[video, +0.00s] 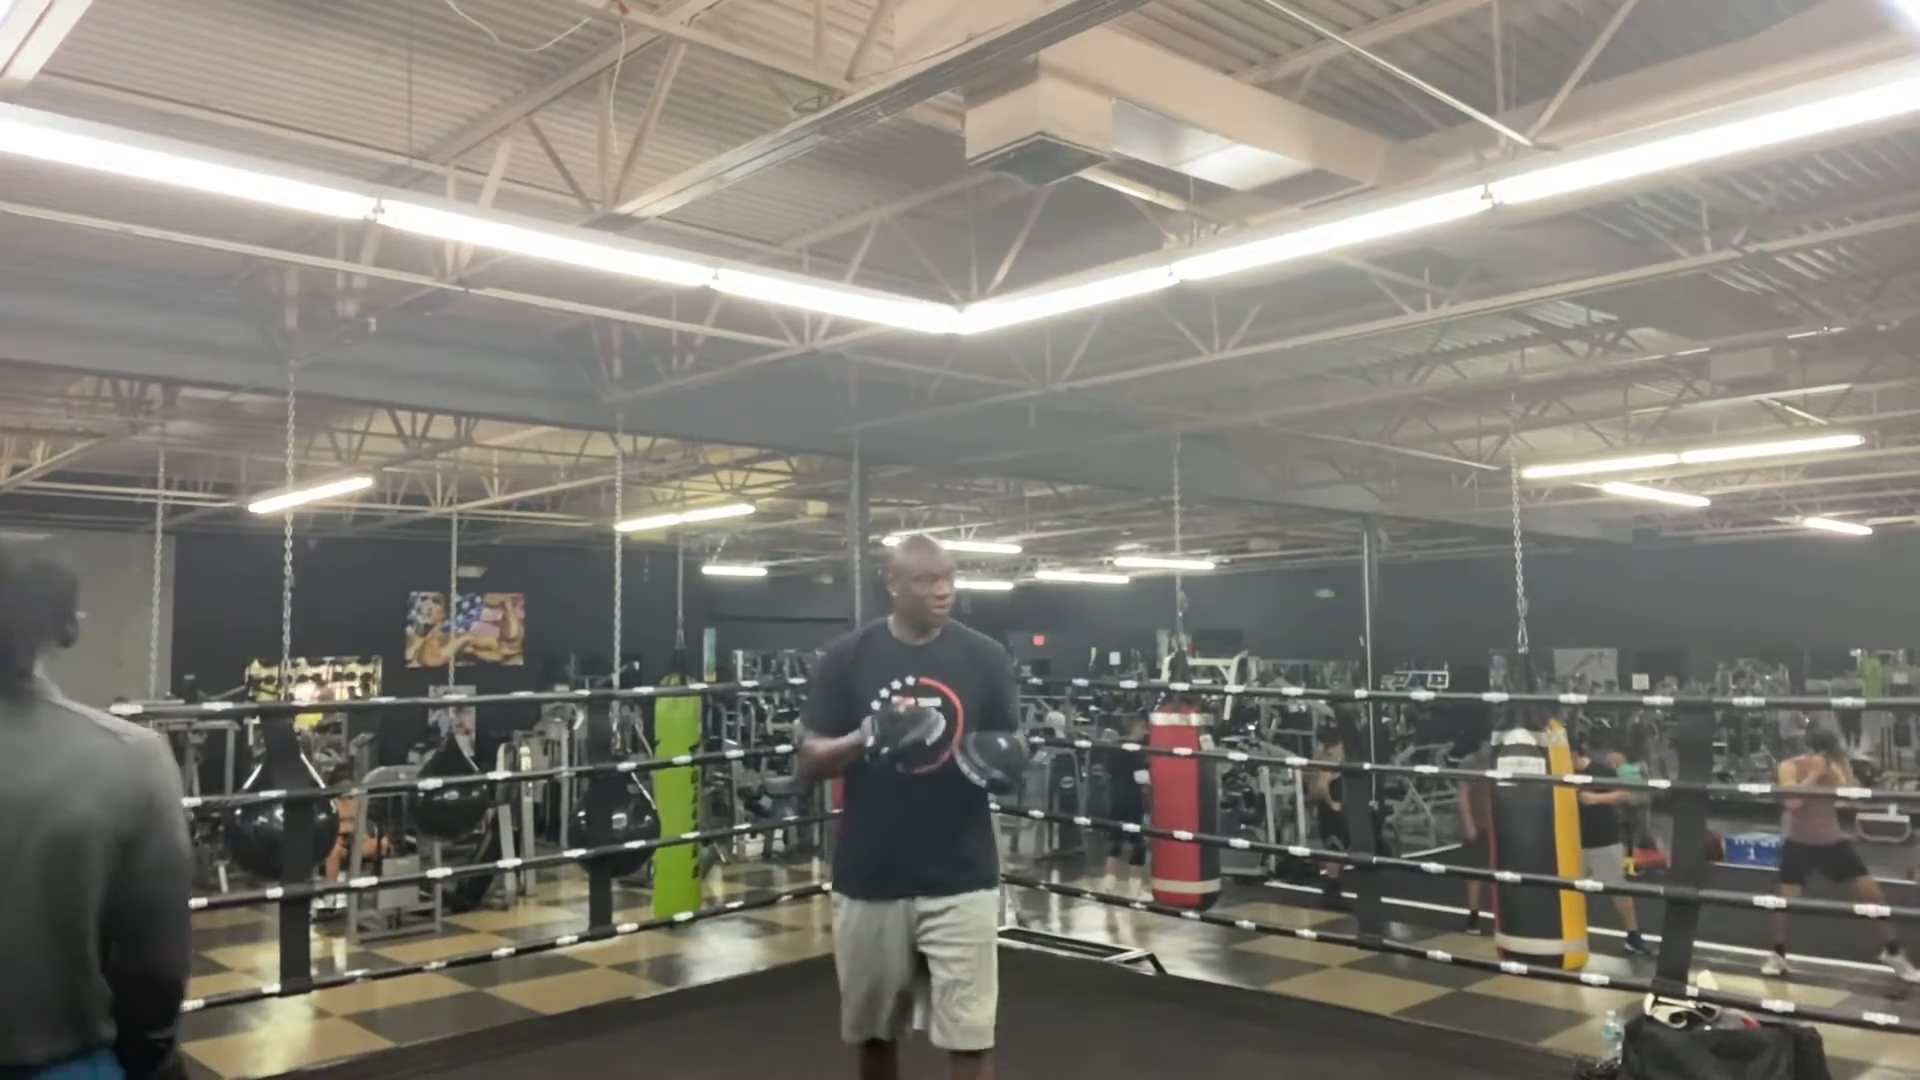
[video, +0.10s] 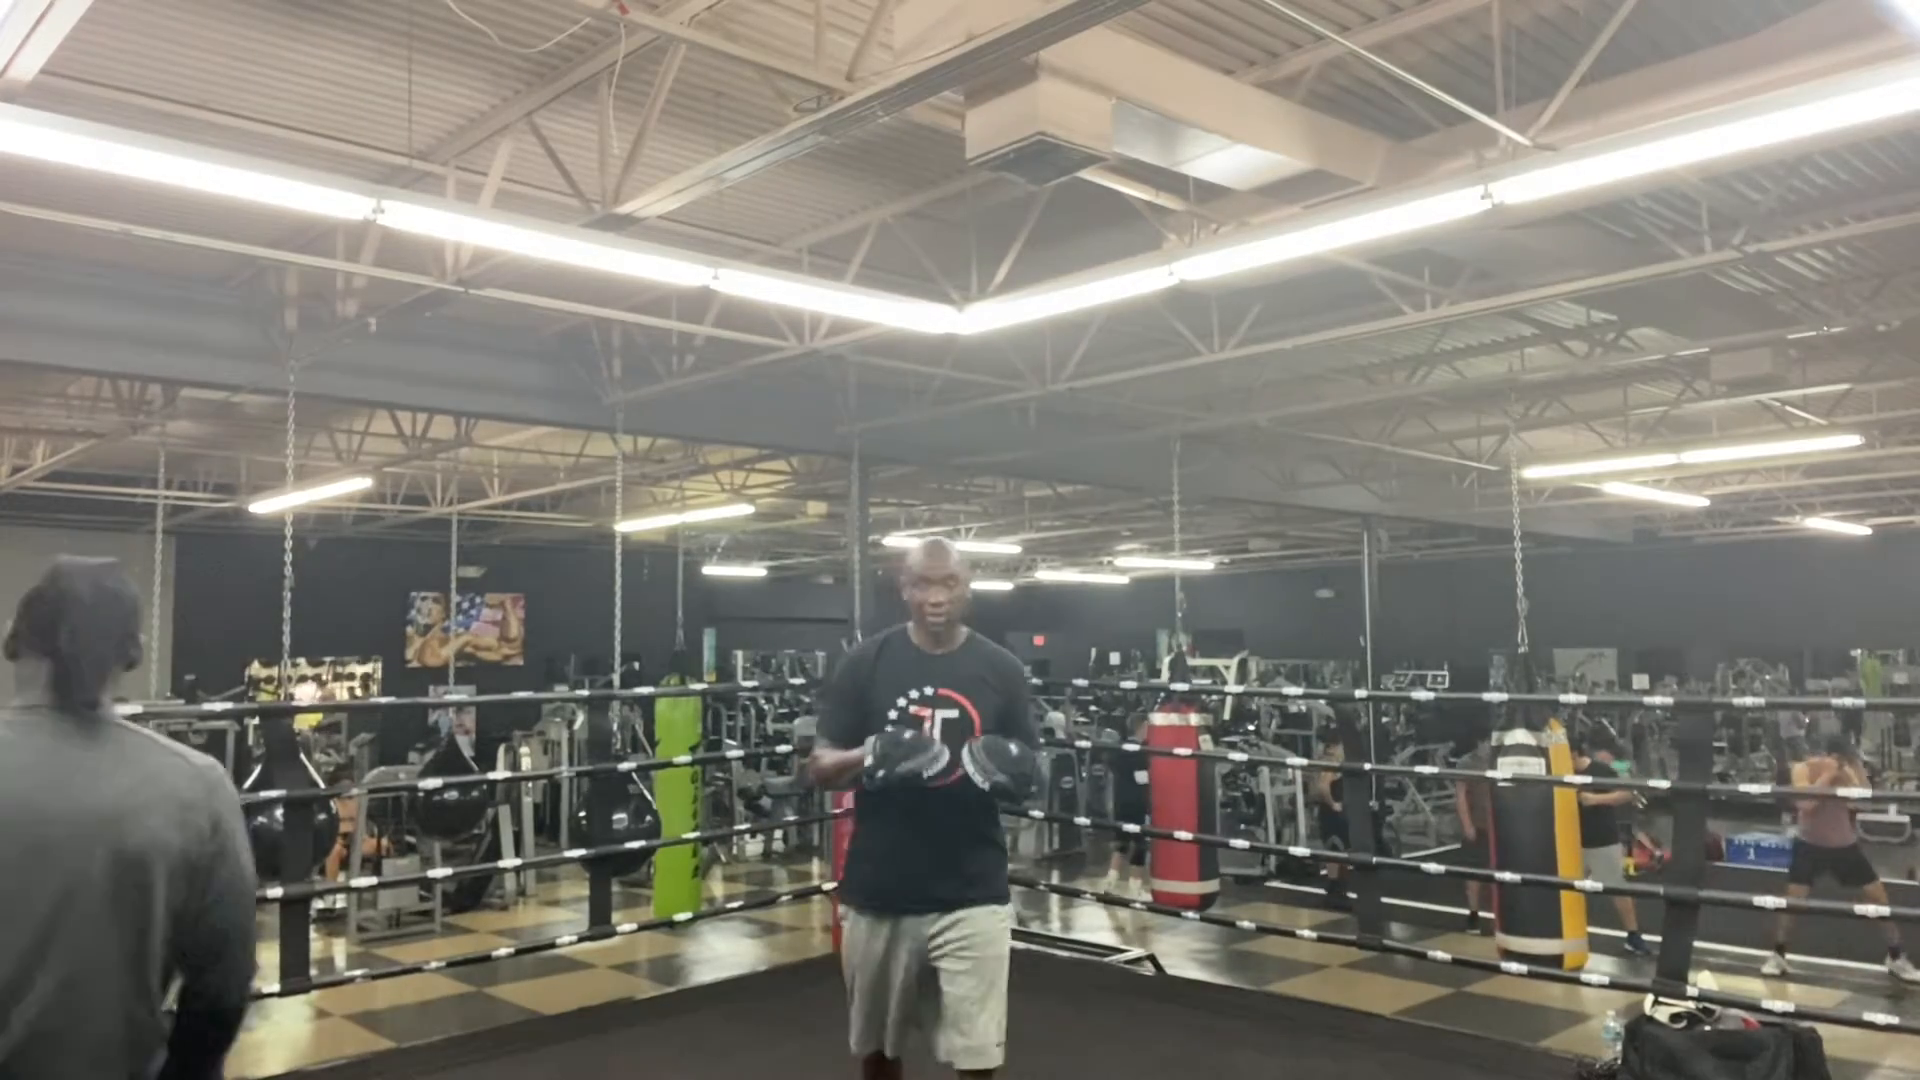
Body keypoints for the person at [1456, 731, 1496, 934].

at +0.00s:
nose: (1492, 750)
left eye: (1493, 746)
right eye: (1489, 746)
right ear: (1482, 746)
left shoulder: (1495, 766)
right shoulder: (1471, 764)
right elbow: (1464, 795)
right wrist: (1470, 825)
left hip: (1495, 827)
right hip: (1479, 828)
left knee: (1493, 872)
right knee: (1475, 871)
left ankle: (1493, 911)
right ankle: (1473, 912)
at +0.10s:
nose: (1490, 748)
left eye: (1492, 744)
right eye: (1487, 743)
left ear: (1494, 746)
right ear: (1478, 743)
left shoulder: (1496, 764)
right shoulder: (1467, 764)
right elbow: (1461, 796)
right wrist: (1468, 825)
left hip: (1496, 826)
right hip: (1477, 827)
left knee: (1495, 872)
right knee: (1474, 871)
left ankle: (1497, 912)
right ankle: (1473, 913)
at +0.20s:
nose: (1487, 748)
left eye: (1489, 743)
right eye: (1483, 743)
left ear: (1492, 745)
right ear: (1475, 744)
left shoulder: (1497, 764)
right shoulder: (1467, 765)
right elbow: (1461, 796)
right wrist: (1467, 828)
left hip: (1497, 827)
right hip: (1478, 828)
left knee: (1495, 872)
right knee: (1474, 872)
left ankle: (1497, 912)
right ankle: (1473, 913)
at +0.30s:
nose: (1488, 748)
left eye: (1489, 743)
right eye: (1484, 743)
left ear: (1490, 745)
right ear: (1475, 744)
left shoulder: (1494, 764)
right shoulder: (1467, 764)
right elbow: (1461, 796)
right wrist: (1467, 826)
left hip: (1494, 825)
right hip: (1476, 826)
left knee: (1493, 871)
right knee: (1474, 871)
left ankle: (1496, 912)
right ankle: (1474, 913)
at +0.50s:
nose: (1487, 747)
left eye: (1488, 742)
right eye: (1483, 743)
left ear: (1491, 744)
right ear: (1474, 744)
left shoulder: (1495, 764)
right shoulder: (1468, 765)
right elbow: (1461, 795)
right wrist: (1468, 825)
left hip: (1495, 823)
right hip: (1478, 824)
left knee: (1493, 870)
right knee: (1474, 869)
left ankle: (1494, 911)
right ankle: (1473, 912)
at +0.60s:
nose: (1487, 747)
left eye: (1489, 743)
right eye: (1483, 743)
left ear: (1492, 745)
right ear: (1475, 744)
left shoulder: (1496, 763)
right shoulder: (1468, 764)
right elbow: (1461, 793)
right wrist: (1470, 823)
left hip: (1496, 823)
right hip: (1479, 824)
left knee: (1494, 871)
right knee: (1475, 870)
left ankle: (1493, 910)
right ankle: (1473, 912)